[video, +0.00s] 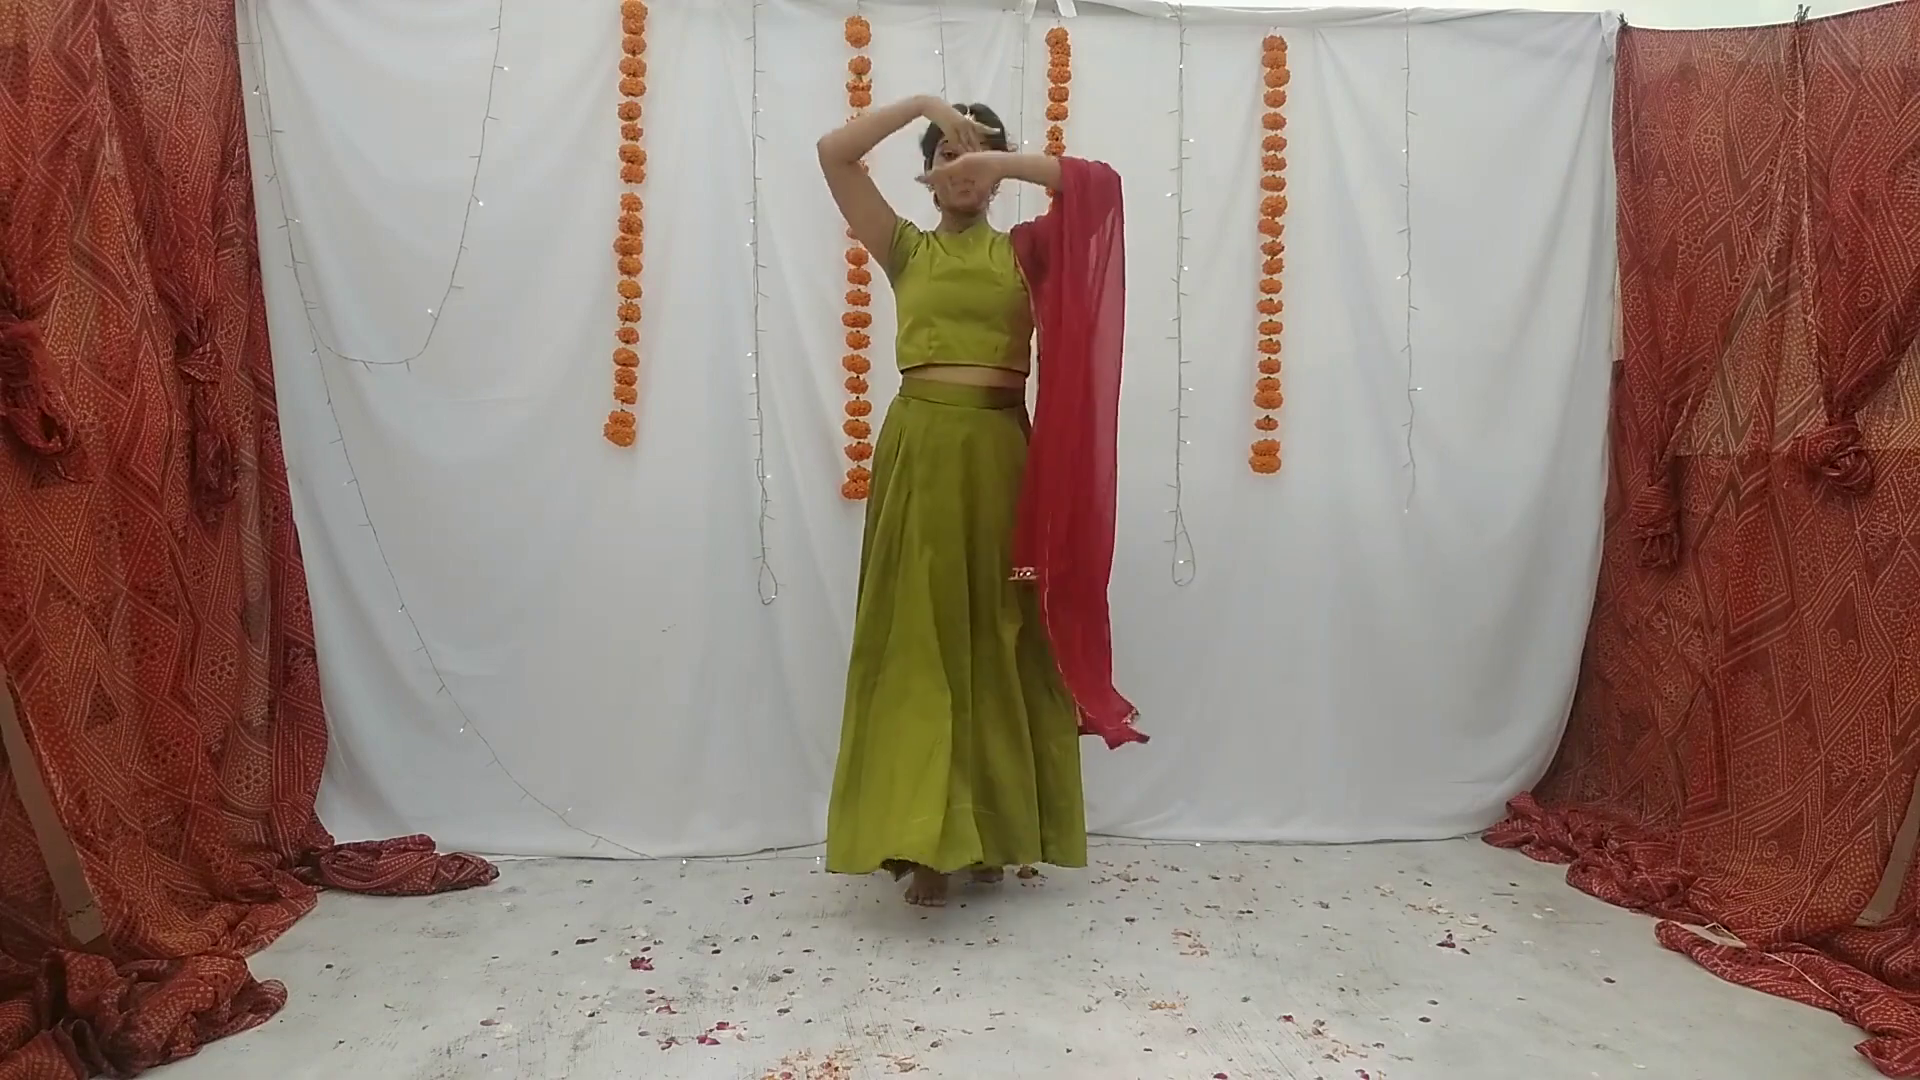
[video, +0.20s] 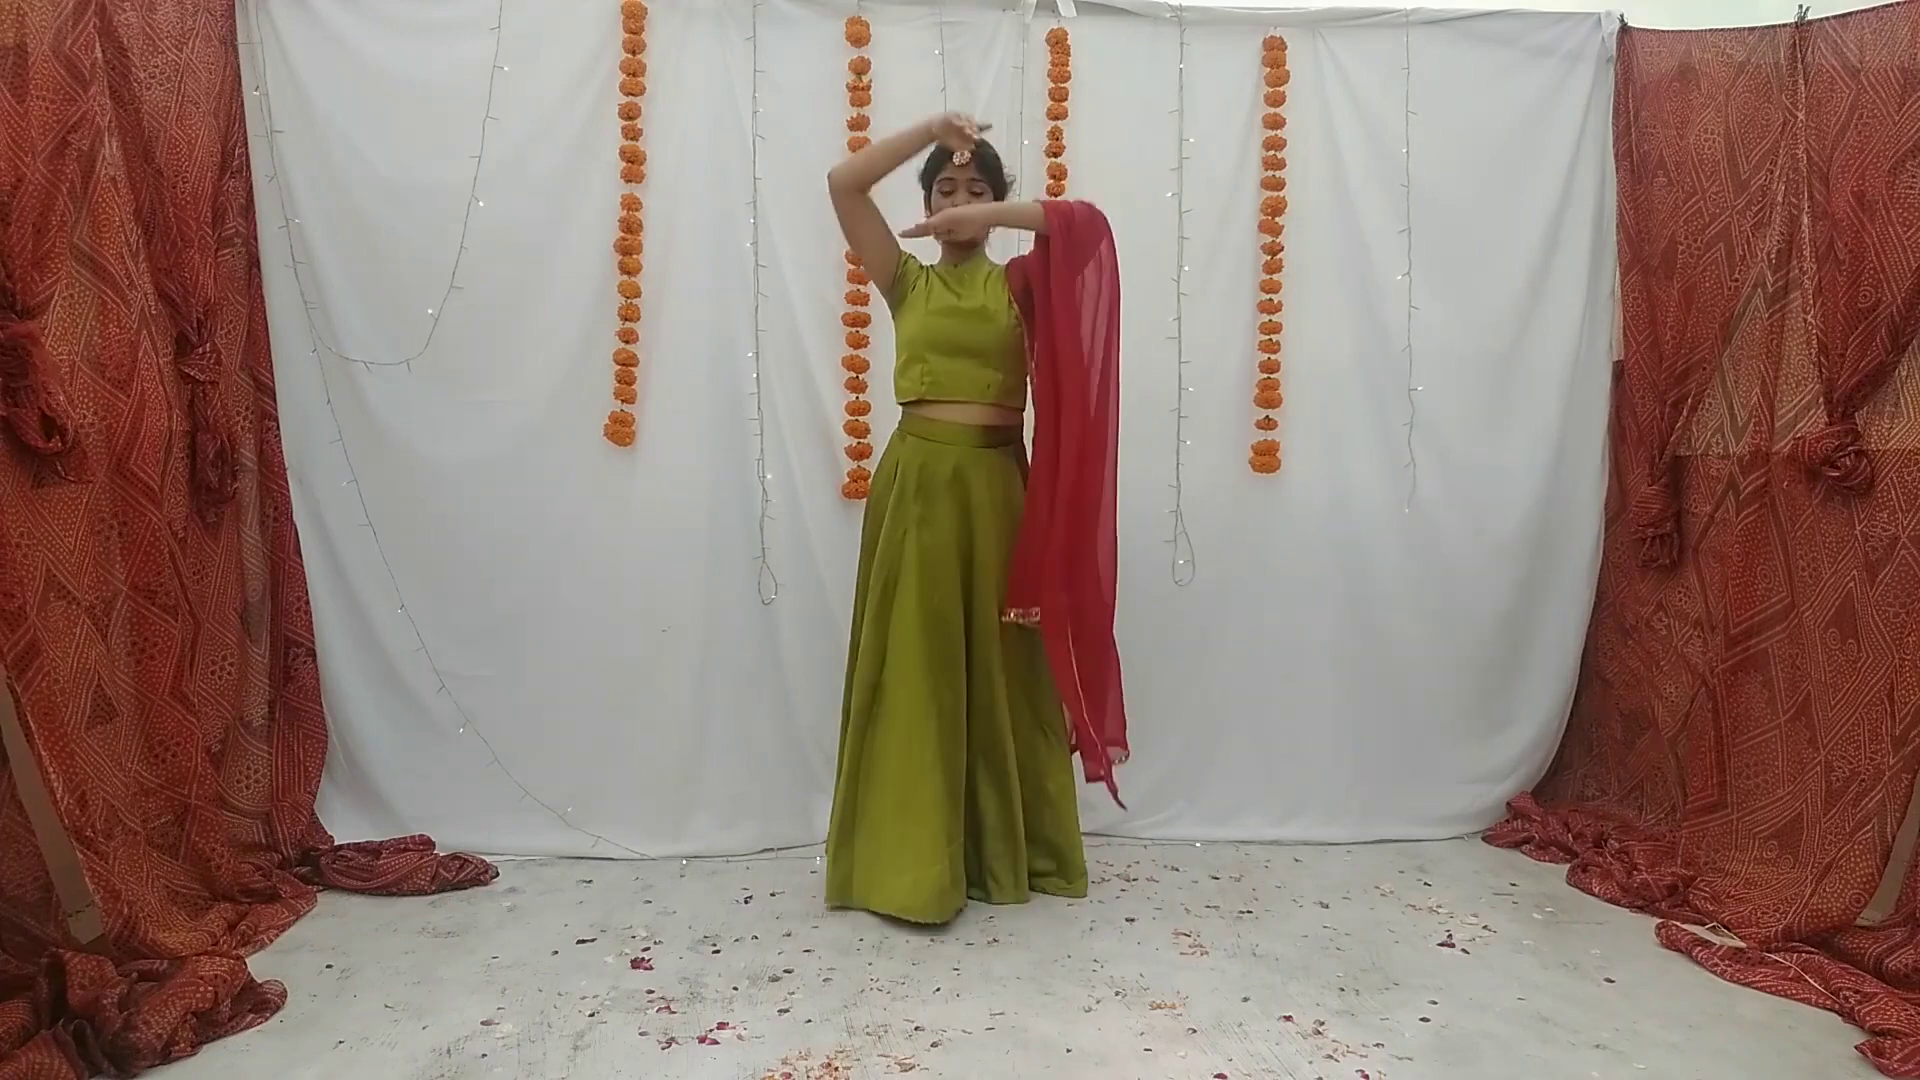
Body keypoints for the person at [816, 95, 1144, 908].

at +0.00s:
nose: (961, 165)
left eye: (976, 156)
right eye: (948, 155)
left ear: (998, 175)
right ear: (927, 170)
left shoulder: (1025, 250)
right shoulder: (906, 246)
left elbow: (1098, 187)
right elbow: (834, 153)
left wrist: (995, 158)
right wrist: (917, 102)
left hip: (998, 447)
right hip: (918, 442)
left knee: (995, 636)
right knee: (919, 636)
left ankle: (993, 825)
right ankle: (923, 836)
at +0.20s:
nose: (956, 190)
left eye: (971, 183)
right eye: (943, 183)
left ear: (995, 206)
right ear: (926, 207)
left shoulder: (1021, 283)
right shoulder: (908, 280)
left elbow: (1087, 225)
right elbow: (845, 184)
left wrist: (988, 215)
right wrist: (928, 130)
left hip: (997, 481)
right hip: (917, 477)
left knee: (1002, 663)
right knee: (915, 665)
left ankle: (1003, 855)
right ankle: (913, 865)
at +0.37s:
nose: (965, 241)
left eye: (981, 229)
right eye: (951, 230)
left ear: (1003, 242)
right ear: (934, 241)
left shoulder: (1012, 326)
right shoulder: (898, 313)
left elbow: (1075, 317)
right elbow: (816, 283)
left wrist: (972, 317)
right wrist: (921, 272)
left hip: (979, 510)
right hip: (897, 508)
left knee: (980, 684)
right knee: (887, 688)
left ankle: (1021, 846)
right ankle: (903, 866)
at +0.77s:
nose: (969, 211)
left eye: (984, 197)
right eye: (953, 195)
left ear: (1003, 204)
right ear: (932, 201)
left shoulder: (1023, 283)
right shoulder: (902, 280)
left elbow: (1094, 211)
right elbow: (817, 300)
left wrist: (1005, 174)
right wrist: (923, 309)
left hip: (989, 487)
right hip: (905, 487)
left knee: (988, 673)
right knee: (910, 673)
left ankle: (983, 882)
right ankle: (916, 867)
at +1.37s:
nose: (976, 198)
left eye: (989, 184)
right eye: (961, 185)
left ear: (1013, 192)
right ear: (944, 191)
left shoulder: (1043, 270)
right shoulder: (919, 268)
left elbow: (1126, 262)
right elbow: (853, 179)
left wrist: (998, 239)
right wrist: (957, 169)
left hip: (1025, 493)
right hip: (932, 490)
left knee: (1014, 692)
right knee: (917, 680)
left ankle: (1010, 880)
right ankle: (917, 904)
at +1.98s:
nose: (1019, 174)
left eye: (1037, 160)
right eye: (1001, 158)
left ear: (1059, 176)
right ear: (975, 171)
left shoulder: (1089, 264)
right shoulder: (948, 271)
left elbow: (1163, 158)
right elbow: (841, 256)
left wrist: (1054, 119)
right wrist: (956, 265)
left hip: (1060, 496)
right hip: (959, 491)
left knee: (1066, 715)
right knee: (950, 713)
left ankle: (1083, 932)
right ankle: (933, 938)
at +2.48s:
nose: (1006, 127)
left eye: (1022, 112)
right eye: (987, 114)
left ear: (1052, 130)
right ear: (960, 139)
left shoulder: (1096, 234)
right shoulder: (941, 252)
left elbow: (1193, 309)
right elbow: (845, 369)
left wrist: (1108, 223)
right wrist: (904, 265)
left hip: (1086, 495)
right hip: (972, 492)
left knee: (1085, 732)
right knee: (969, 730)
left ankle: (1086, 984)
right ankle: (965, 975)